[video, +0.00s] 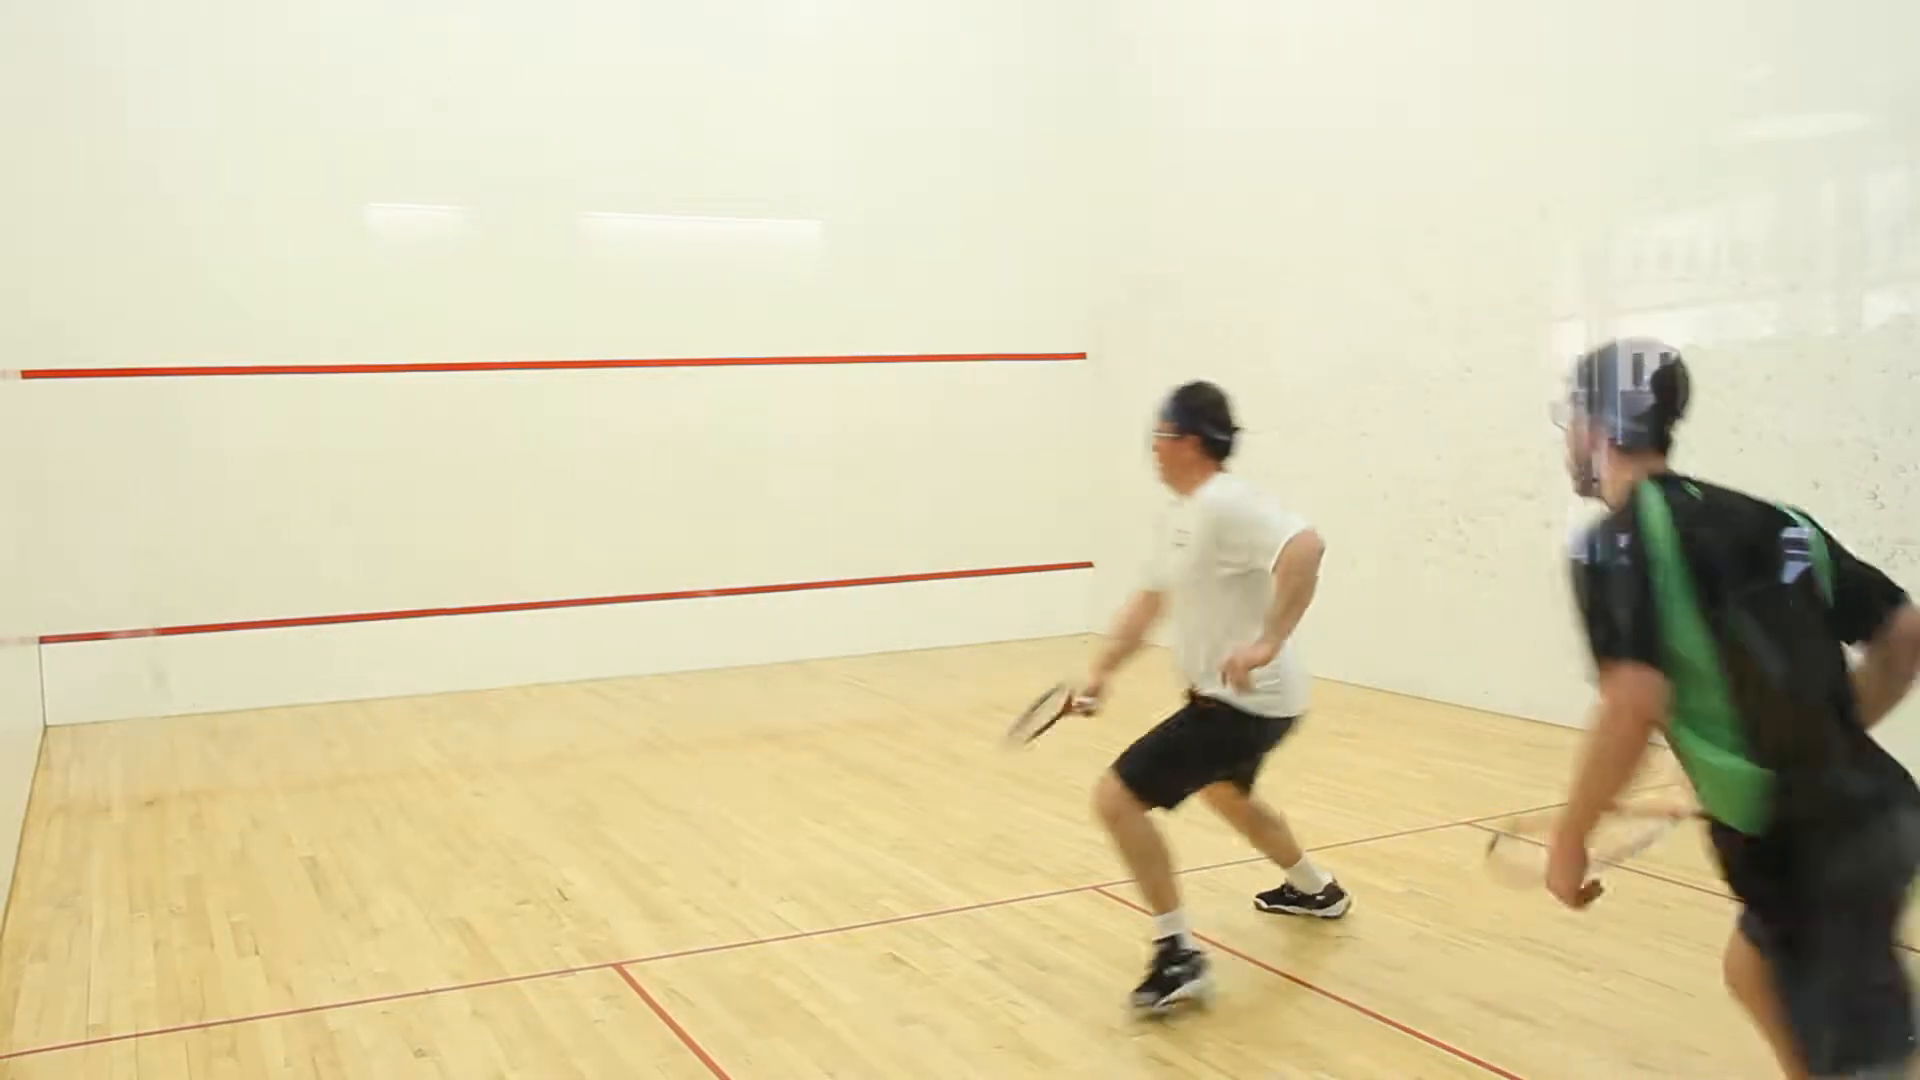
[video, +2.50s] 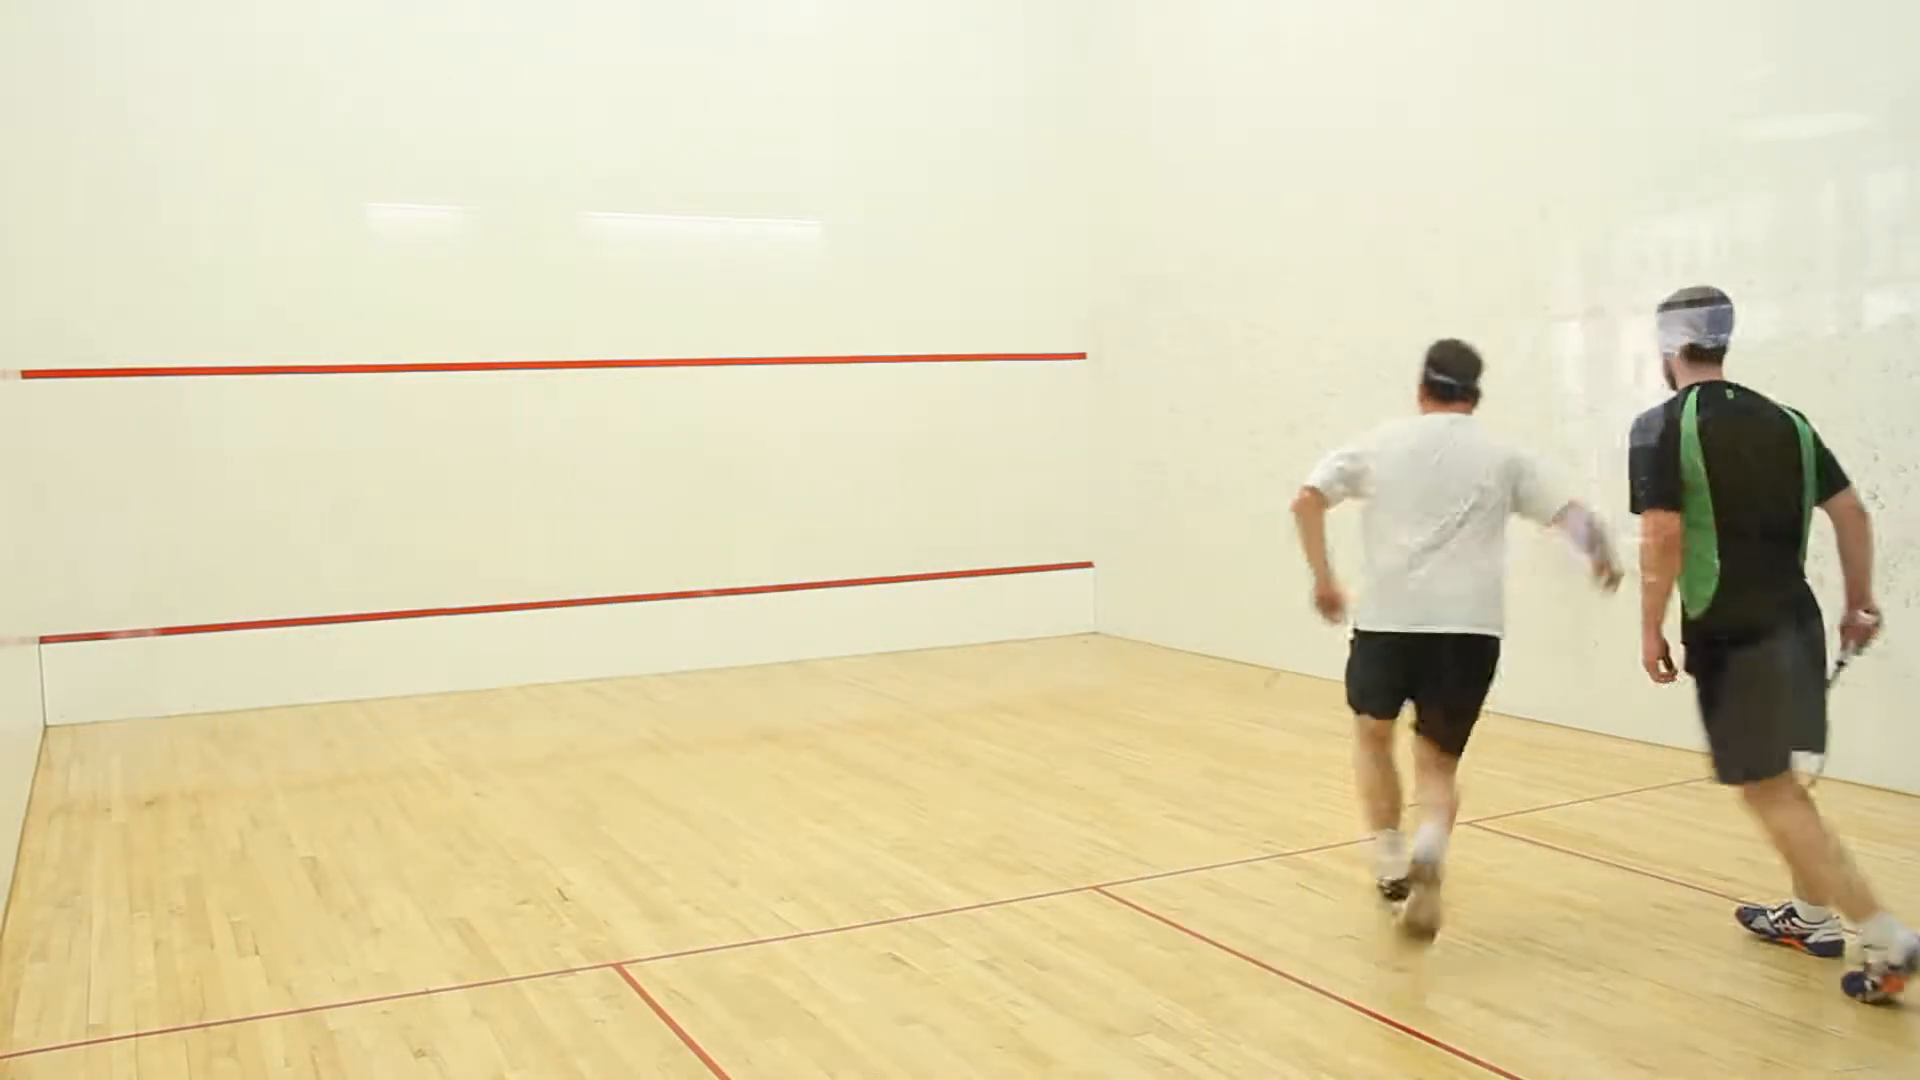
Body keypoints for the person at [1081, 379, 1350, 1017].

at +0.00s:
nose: (1153, 448)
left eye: (1162, 437)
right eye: (1155, 436)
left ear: (1194, 444)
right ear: (1189, 443)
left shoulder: (1228, 502)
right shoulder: (1179, 514)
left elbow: (1303, 549)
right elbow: (1151, 598)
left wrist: (1268, 643)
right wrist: (1102, 669)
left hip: (1248, 702)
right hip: (1224, 695)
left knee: (1116, 799)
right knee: (1223, 791)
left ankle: (1178, 951)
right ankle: (1316, 887)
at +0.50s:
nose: (683, 622)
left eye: (691, 605)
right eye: (678, 606)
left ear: (734, 593)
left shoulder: (846, 651)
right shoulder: (704, 676)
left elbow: (920, 760)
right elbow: (669, 778)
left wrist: (818, 787)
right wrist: (655, 860)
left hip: (907, 843)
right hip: (802, 832)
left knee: (946, 1004)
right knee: (708, 943)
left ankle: (1025, 952)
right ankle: (661, 1074)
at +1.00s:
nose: (691, 516)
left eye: (692, 501)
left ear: (701, 514)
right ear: (779, 495)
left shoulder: (797, 610)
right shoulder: (775, 599)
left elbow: (891, 761)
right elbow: (751, 728)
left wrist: (940, 907)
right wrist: (644, 810)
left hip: (909, 853)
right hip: (846, 839)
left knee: (779, 1061)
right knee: (718, 967)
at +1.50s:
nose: (1038, 424)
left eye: (1037, 415)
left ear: (1039, 428)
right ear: (1123, 426)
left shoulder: (1028, 527)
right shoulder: (1173, 527)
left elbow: (952, 654)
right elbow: (1205, 659)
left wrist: (882, 759)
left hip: (1095, 801)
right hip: (1200, 792)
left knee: (1072, 1015)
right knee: (1156, 940)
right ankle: (1233, 1070)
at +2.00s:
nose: (1283, 439)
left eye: (1286, 428)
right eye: (1288, 428)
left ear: (1297, 437)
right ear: (1359, 447)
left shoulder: (1259, 508)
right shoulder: (1388, 527)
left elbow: (1170, 581)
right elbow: (1434, 632)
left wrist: (1163, 642)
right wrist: (1380, 680)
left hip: (1250, 741)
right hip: (1349, 744)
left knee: (1188, 904)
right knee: (1313, 847)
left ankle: (1252, 1048)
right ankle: (1346, 1016)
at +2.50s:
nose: (1434, 397)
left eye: (1428, 386)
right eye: (1462, 393)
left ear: (1422, 389)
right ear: (1476, 396)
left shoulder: (1384, 444)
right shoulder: (1499, 455)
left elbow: (1306, 503)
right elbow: (1575, 515)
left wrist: (1324, 580)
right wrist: (1604, 557)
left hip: (1386, 629)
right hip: (1469, 635)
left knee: (1374, 738)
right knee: (1439, 759)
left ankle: (1391, 861)